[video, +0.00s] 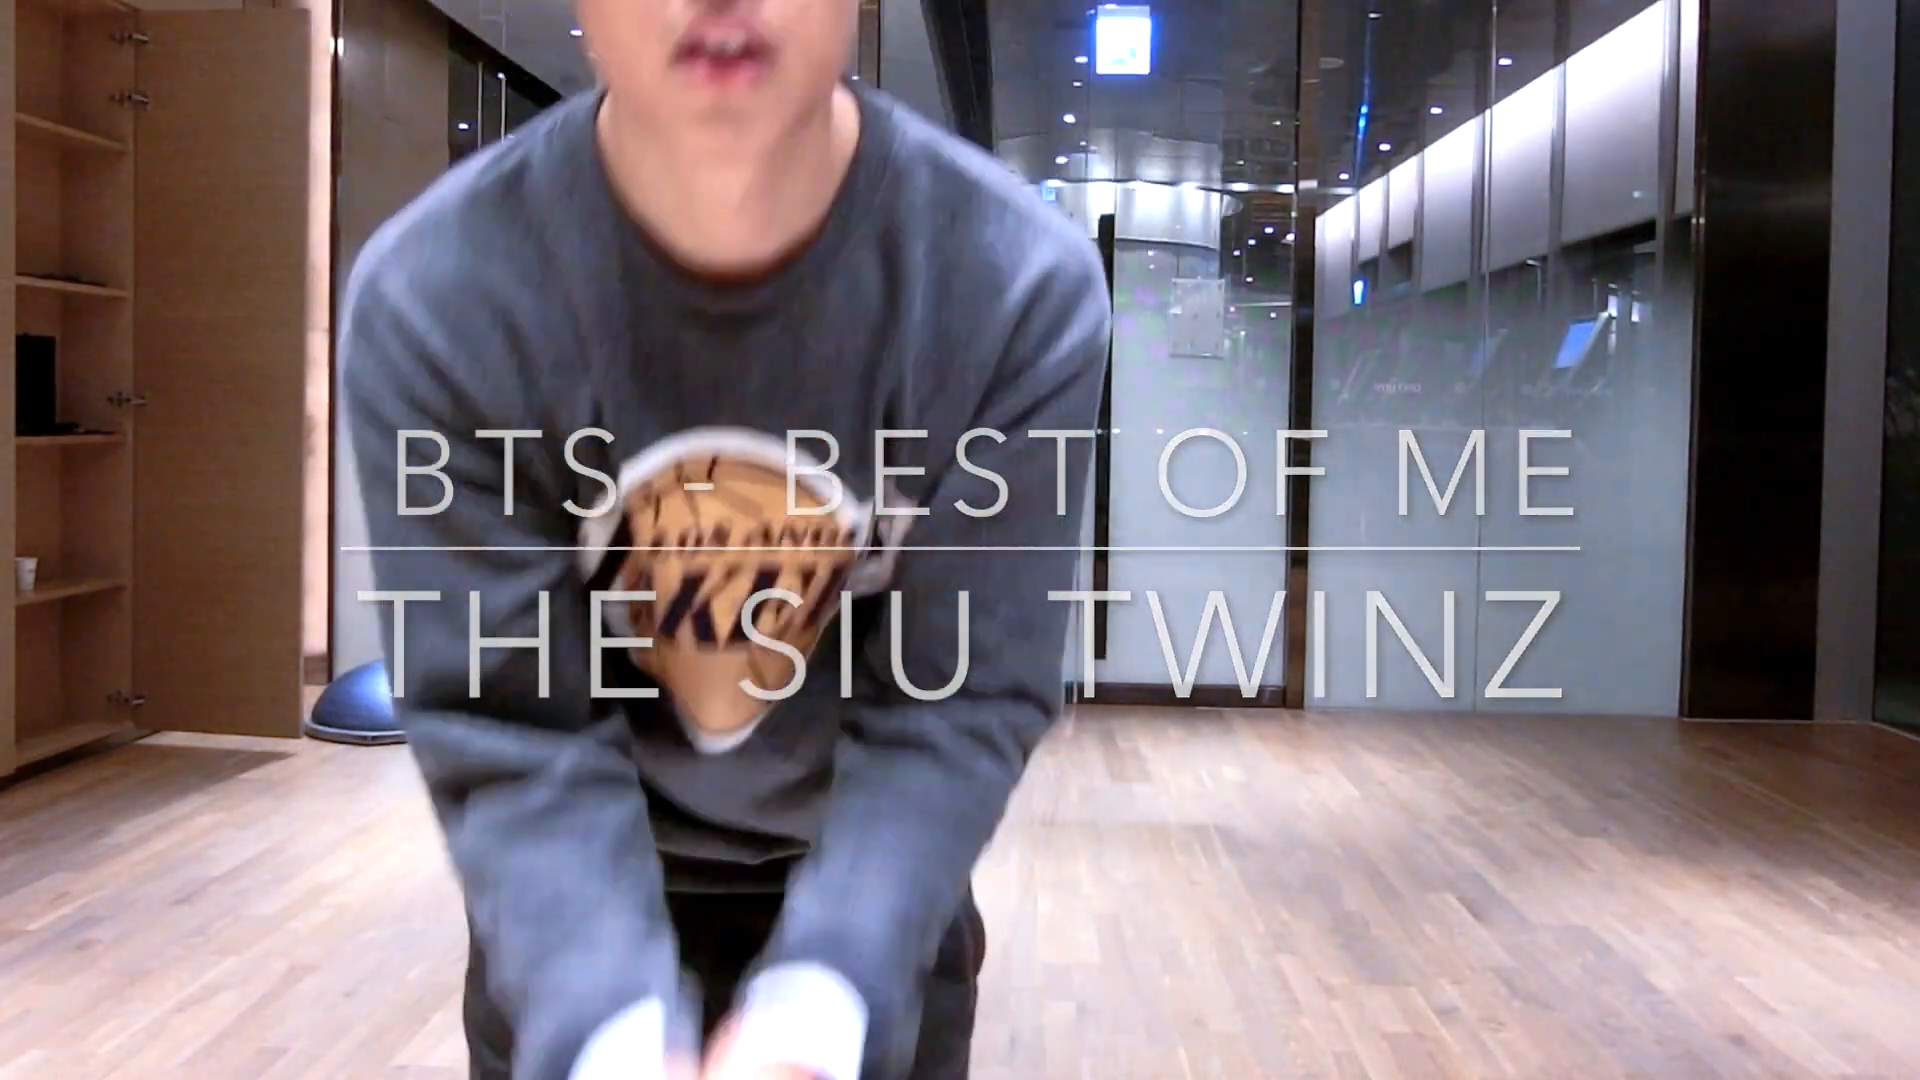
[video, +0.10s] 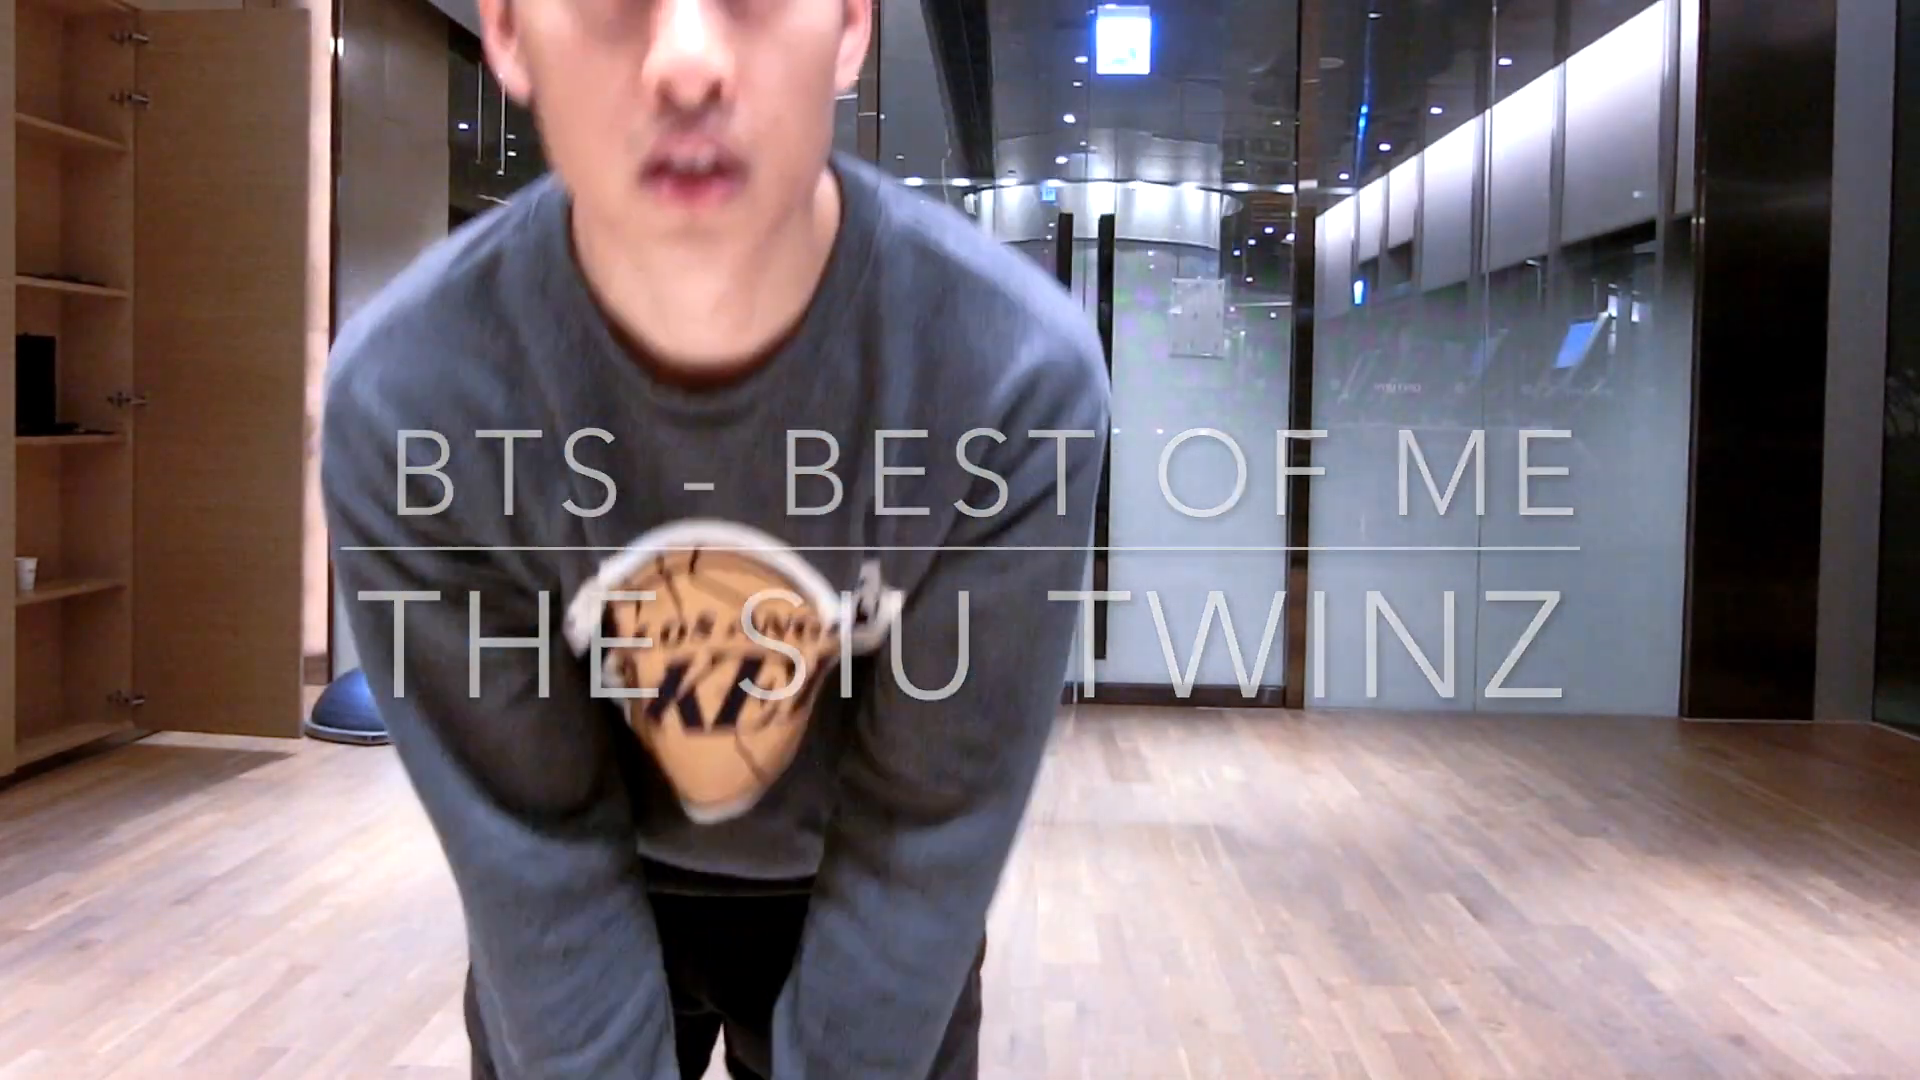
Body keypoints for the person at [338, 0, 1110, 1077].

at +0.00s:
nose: (716, 0)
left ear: (857, 4)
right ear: (579, 12)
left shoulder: (1018, 285)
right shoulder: (436, 292)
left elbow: (959, 707)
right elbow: (516, 742)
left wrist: (817, 999)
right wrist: (613, 1035)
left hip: (872, 859)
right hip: (583, 859)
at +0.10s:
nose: (690, 67)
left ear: (852, 31)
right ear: (508, 38)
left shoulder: (1016, 372)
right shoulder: (407, 392)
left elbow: (925, 855)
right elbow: (536, 864)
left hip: (866, 900)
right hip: (583, 893)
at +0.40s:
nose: (662, 195)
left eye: (730, 87)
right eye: (573, 87)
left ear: (836, 109)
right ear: (466, 121)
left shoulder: (1010, 430)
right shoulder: (380, 442)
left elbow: (1026, 901)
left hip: (878, 889)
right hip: (599, 881)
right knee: (582, 1074)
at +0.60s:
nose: (648, 236)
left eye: (719, 128)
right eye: (566, 133)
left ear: (828, 153)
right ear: (466, 172)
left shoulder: (1002, 466)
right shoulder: (391, 476)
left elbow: (1015, 932)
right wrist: (125, 1053)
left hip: (863, 895)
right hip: (600, 883)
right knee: (589, 1077)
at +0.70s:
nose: (658, 360)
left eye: (726, 241)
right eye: (569, 247)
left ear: (835, 239)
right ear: (467, 260)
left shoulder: (993, 523)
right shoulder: (399, 546)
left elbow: (973, 1022)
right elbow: (526, 1020)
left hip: (863, 926)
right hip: (606, 931)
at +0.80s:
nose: (668, 505)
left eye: (733, 381)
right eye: (579, 389)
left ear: (842, 354)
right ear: (470, 375)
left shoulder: (993, 594)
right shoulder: (405, 616)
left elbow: (957, 1035)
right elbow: (516, 1027)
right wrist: (770, 1069)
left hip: (861, 965)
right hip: (609, 970)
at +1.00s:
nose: (674, 538)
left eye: (739, 410)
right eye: (577, 422)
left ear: (847, 376)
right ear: (472, 404)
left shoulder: (1002, 611)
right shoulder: (384, 629)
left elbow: (907, 1051)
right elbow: (483, 1038)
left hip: (855, 947)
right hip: (595, 948)